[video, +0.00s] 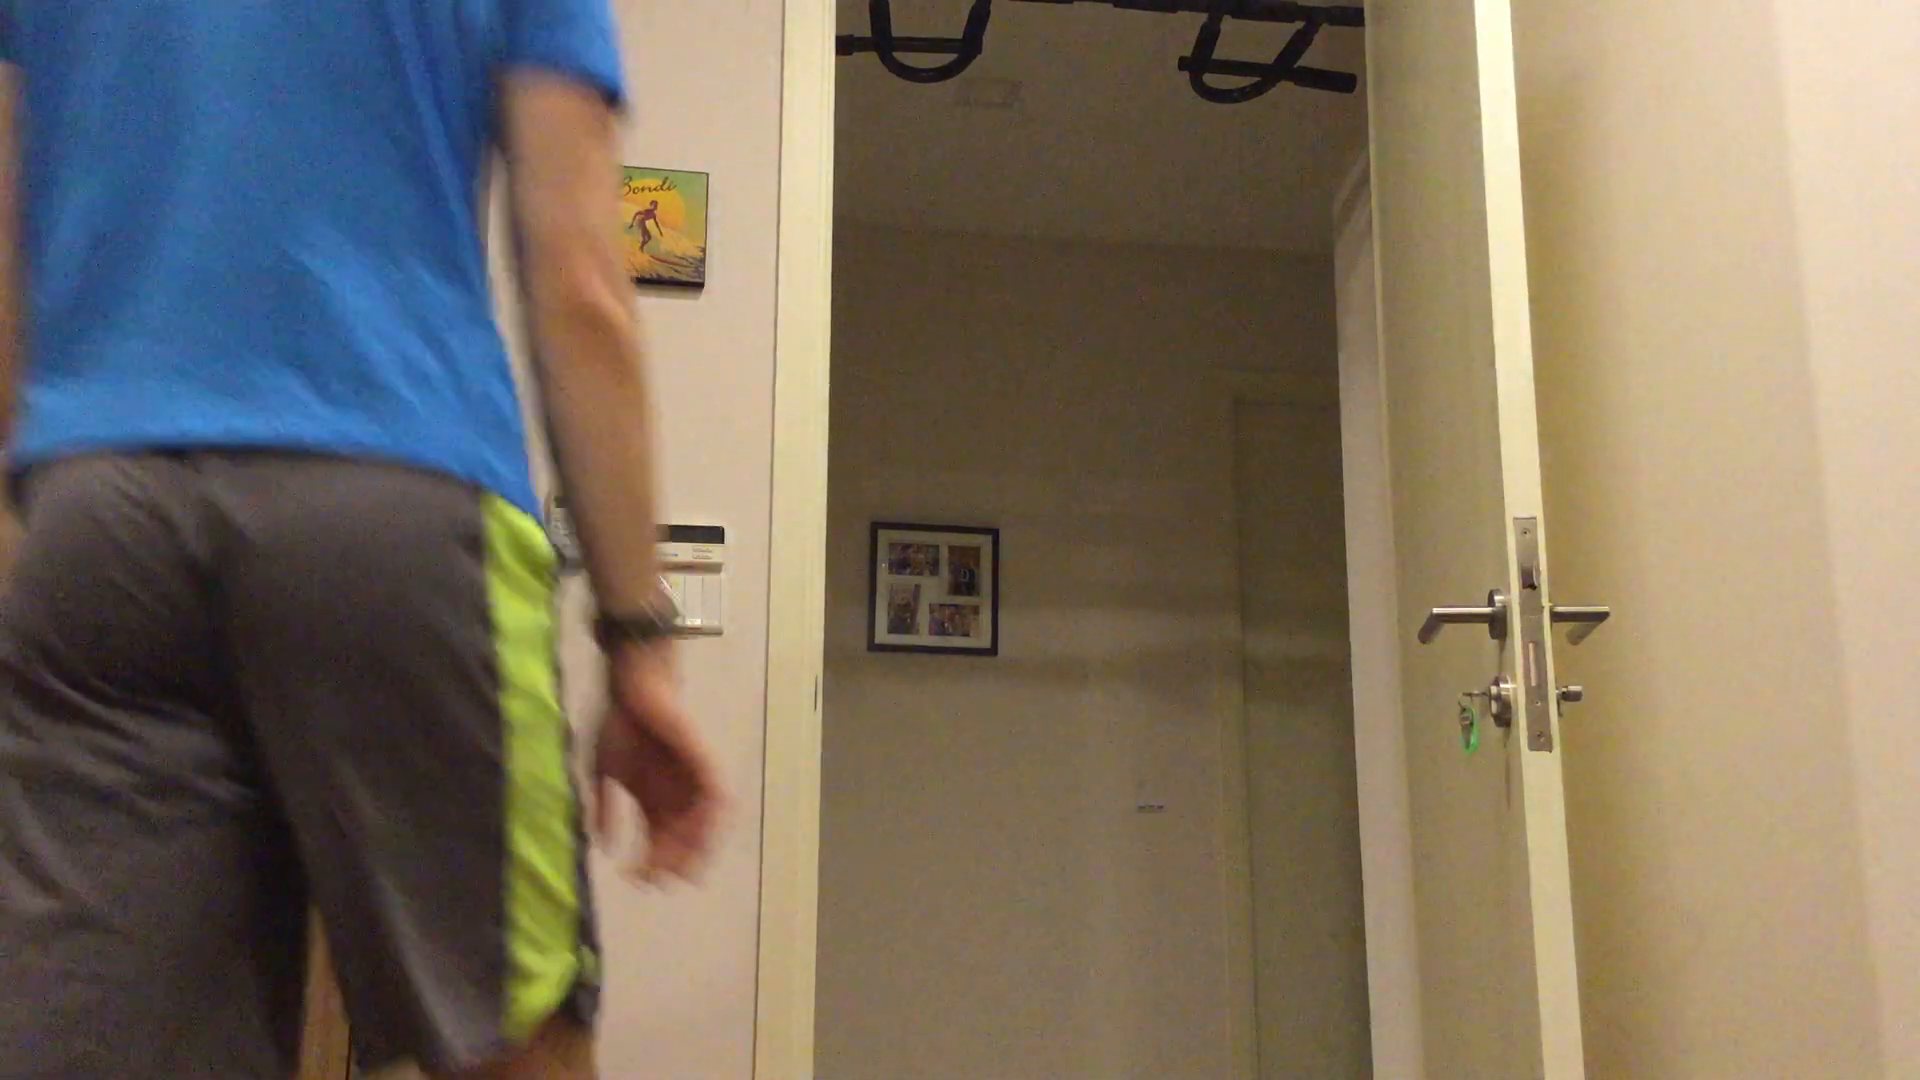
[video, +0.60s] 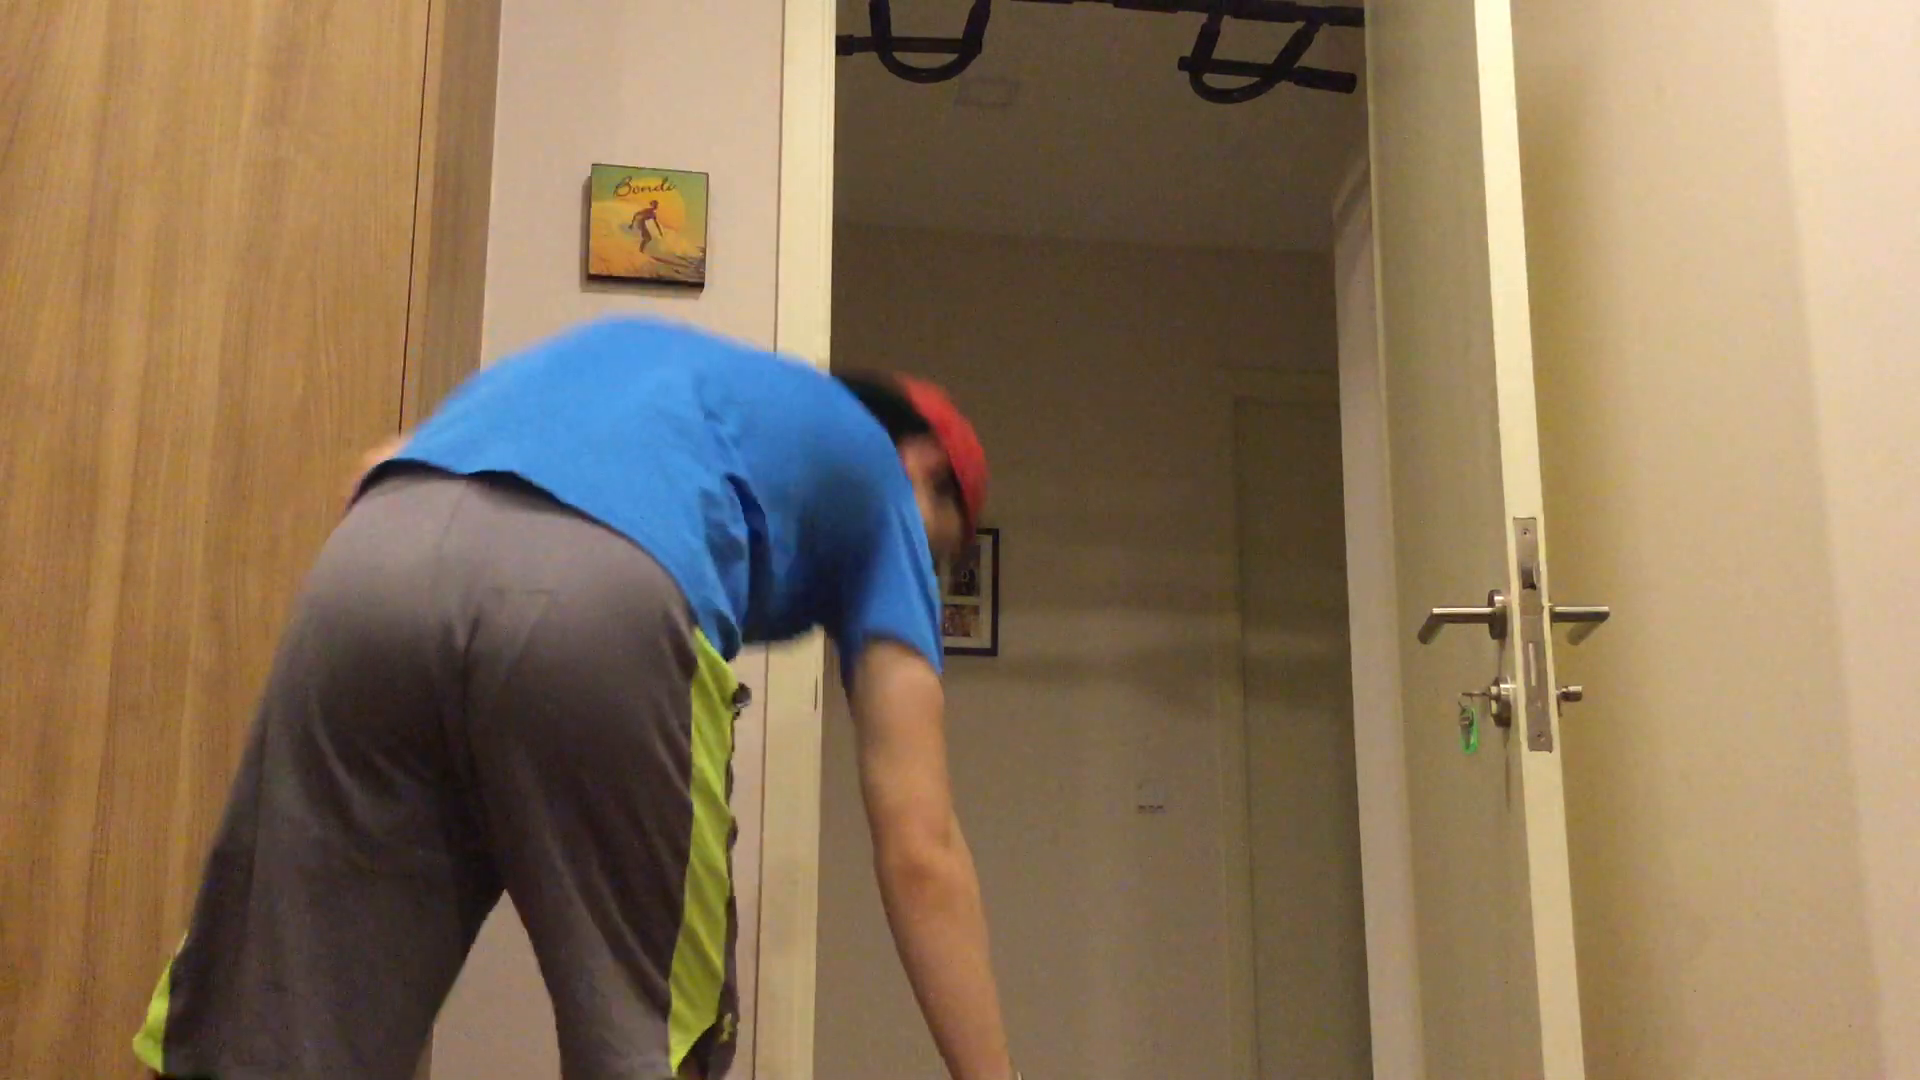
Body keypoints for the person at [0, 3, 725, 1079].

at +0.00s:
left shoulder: (47, 20)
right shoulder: (515, 7)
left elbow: (11, 255)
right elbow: (580, 284)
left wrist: (27, 492)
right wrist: (642, 641)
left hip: (86, 500)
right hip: (401, 517)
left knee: (104, 1051)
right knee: (513, 1042)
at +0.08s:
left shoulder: (79, 6)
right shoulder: (564, 11)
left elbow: (29, 304)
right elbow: (637, 356)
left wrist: (117, 548)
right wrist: (695, 697)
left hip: (151, 540)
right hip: (445, 560)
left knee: (134, 1054)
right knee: (511, 1054)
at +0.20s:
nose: (712, 52)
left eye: (717, 38)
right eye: (714, 31)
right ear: (673, 3)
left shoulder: (276, 23)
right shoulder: (657, 91)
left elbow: (132, 351)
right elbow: (736, 507)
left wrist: (166, 598)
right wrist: (794, 804)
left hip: (230, 603)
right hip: (500, 630)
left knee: (180, 1057)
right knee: (540, 1059)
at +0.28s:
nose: (760, 169)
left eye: (773, 148)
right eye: (767, 136)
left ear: (615, 46)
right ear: (728, 79)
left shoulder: (383, 89)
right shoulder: (724, 178)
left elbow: (209, 371)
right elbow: (792, 582)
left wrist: (228, 616)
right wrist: (856, 873)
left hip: (274, 618)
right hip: (532, 649)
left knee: (229, 1040)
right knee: (560, 1050)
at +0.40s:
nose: (858, 357)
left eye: (874, 343)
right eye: (865, 328)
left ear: (731, 213)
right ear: (832, 265)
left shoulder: (504, 214)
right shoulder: (804, 315)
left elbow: (298, 411)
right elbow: (862, 701)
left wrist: (292, 639)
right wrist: (941, 991)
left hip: (326, 585)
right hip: (570, 619)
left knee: (258, 1034)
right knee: (621, 1046)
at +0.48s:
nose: (894, 443)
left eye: (909, 426)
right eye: (905, 412)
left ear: (787, 302)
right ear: (878, 352)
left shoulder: (560, 278)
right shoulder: (838, 387)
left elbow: (340, 437)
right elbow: (898, 770)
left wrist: (310, 670)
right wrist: (975, 1041)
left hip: (356, 556)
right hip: (583, 599)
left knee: (288, 1025)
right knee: (642, 1044)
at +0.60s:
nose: (919, 557)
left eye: (941, 547)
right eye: (934, 526)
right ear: (914, 456)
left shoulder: (613, 352)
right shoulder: (875, 473)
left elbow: (377, 470)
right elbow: (919, 846)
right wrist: (989, 1071)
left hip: (384, 540)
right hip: (602, 585)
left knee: (292, 1017)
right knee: (645, 1034)